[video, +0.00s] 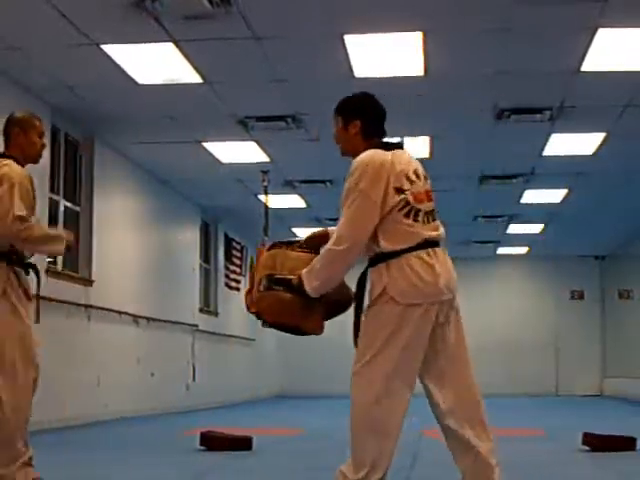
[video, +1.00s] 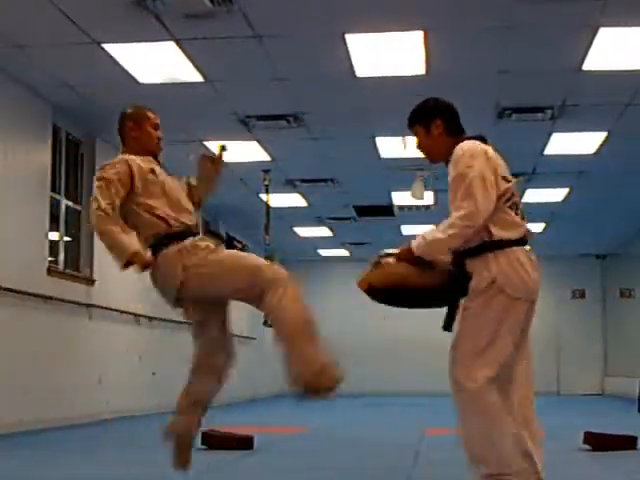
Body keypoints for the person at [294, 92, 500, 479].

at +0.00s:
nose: (335, 137)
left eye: (337, 128)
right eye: (335, 129)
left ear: (356, 127)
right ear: (373, 128)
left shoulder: (370, 164)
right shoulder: (405, 159)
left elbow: (350, 238)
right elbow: (382, 224)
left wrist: (310, 280)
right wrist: (332, 235)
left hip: (401, 280)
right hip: (438, 274)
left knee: (376, 381)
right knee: (451, 384)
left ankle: (364, 472)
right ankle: (482, 471)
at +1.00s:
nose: (418, 147)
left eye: (419, 136)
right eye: (415, 139)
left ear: (438, 127)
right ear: (445, 128)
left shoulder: (469, 154)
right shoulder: (480, 155)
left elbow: (468, 220)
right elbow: (477, 226)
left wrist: (418, 247)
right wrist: (426, 247)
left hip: (498, 270)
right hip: (513, 267)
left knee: (469, 374)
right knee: (511, 375)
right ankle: (525, 466)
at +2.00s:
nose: (504, 144)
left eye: (505, 134)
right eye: (502, 136)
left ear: (525, 126)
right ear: (530, 127)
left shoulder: (563, 163)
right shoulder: (557, 163)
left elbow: (557, 240)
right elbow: (559, 222)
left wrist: (511, 282)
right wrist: (518, 231)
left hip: (586, 279)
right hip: (563, 281)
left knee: (617, 383)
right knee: (532, 376)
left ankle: (638, 462)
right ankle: (504, 472)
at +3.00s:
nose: (315, 134)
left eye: (319, 124)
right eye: (316, 125)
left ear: (338, 122)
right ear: (353, 124)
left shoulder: (352, 161)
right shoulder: (393, 158)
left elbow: (335, 235)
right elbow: (372, 220)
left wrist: (297, 277)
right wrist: (318, 233)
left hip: (382, 277)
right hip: (421, 272)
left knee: (353, 381)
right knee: (441, 386)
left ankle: (346, 471)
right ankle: (478, 471)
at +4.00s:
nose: (425, 148)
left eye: (425, 138)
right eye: (422, 140)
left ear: (443, 130)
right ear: (449, 129)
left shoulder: (479, 150)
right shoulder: (482, 153)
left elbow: (485, 216)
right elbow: (490, 220)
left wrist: (441, 243)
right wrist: (449, 230)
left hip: (518, 270)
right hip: (510, 272)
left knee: (510, 377)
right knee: (504, 380)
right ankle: (508, 473)